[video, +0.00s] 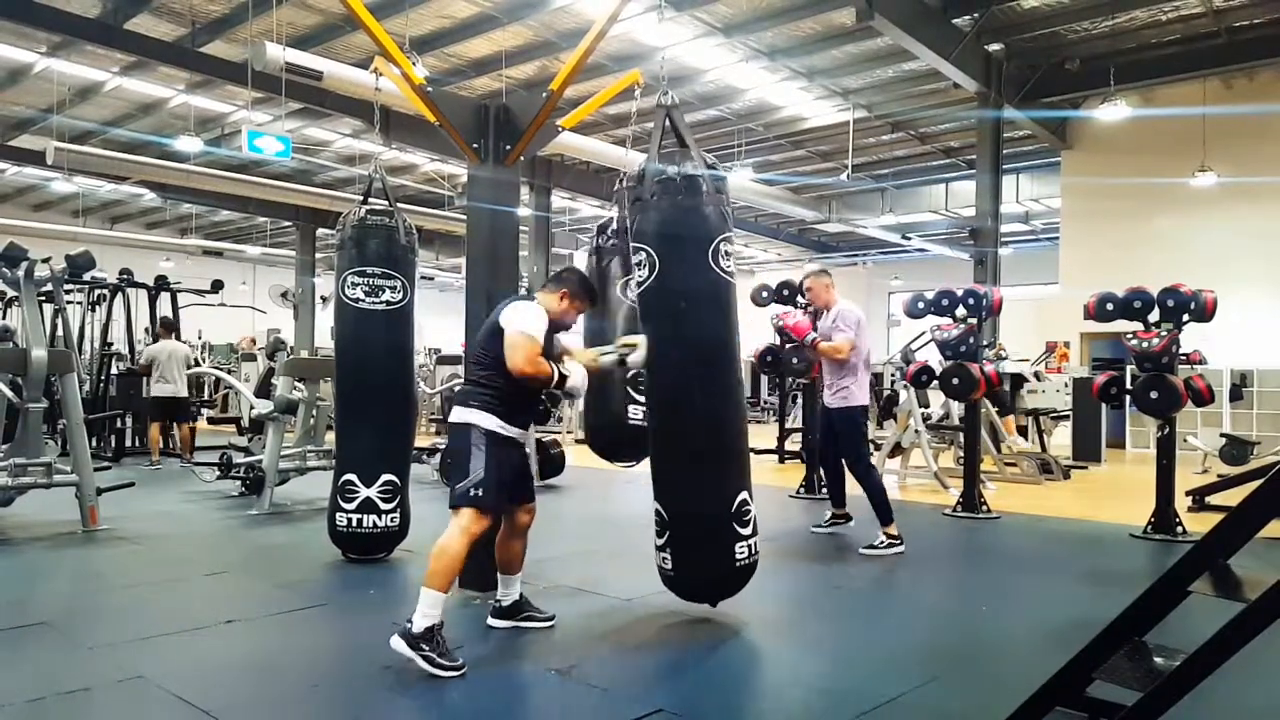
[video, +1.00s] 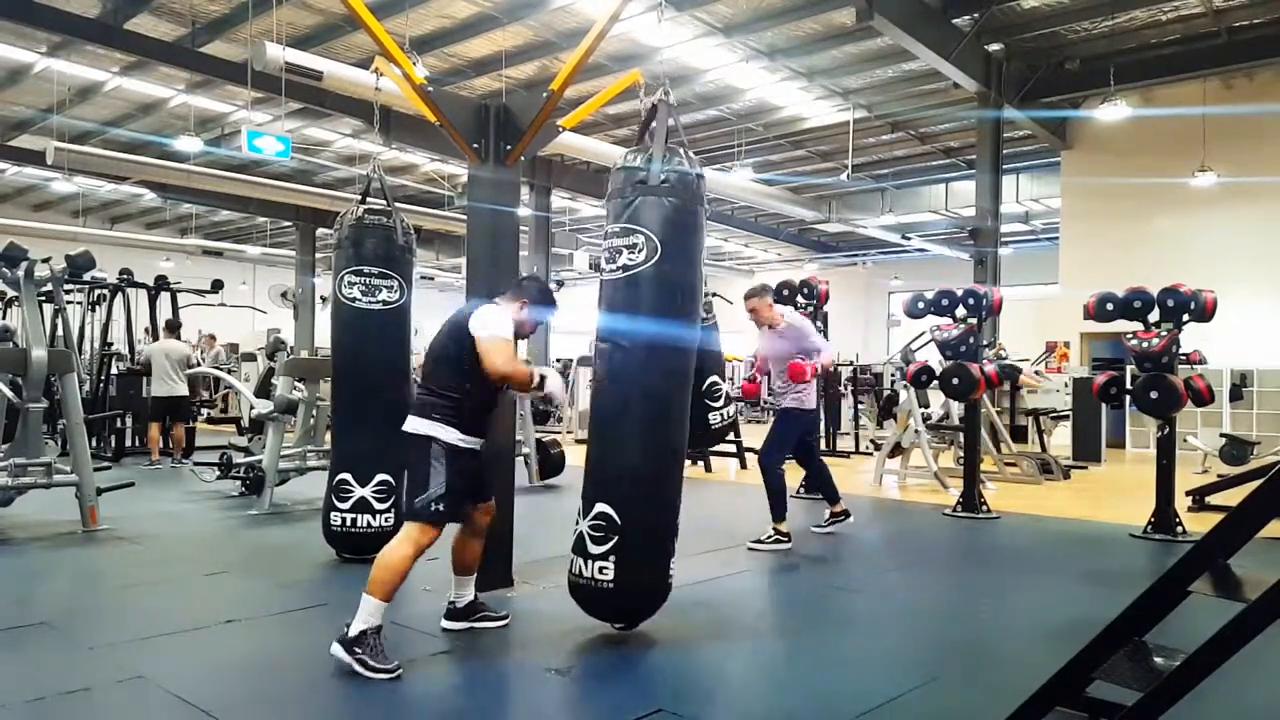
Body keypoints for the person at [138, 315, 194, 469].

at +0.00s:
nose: (158, 331)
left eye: (159, 329)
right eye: (159, 329)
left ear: (160, 330)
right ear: (173, 331)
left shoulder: (152, 349)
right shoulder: (184, 348)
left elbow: (142, 368)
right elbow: (190, 364)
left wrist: (157, 370)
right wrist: (176, 368)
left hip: (159, 393)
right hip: (180, 393)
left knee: (155, 424)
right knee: (183, 425)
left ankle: (155, 459)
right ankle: (186, 457)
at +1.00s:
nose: (165, 332)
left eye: (165, 329)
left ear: (164, 330)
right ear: (178, 331)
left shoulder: (153, 347)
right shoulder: (184, 348)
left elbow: (143, 363)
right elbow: (192, 364)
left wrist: (155, 367)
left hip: (159, 392)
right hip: (180, 391)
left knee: (155, 424)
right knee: (178, 424)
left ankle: (155, 458)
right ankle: (177, 457)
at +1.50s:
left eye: (183, 331)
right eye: (197, 334)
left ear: (183, 331)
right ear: (197, 334)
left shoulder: (169, 348)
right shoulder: (201, 351)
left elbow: (161, 366)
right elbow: (208, 372)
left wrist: (169, 374)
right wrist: (206, 387)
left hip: (173, 391)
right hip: (192, 391)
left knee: (175, 423)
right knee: (187, 424)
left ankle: (178, 454)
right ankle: (178, 456)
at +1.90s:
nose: (191, 335)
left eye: (188, 332)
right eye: (199, 332)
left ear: (187, 333)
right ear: (201, 333)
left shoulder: (178, 351)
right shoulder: (208, 349)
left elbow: (171, 370)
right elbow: (216, 367)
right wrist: (211, 381)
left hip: (187, 392)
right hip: (205, 391)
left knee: (189, 424)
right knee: (206, 423)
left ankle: (193, 451)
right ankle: (189, 445)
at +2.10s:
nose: (199, 335)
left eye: (194, 333)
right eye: (203, 333)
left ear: (191, 333)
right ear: (206, 333)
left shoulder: (182, 352)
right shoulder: (213, 349)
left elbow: (177, 374)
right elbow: (221, 370)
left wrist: (180, 392)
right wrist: (221, 388)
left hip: (190, 393)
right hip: (210, 392)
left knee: (193, 423)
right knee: (216, 423)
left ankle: (195, 452)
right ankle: (212, 448)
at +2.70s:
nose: (214, 337)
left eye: (214, 335)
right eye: (217, 335)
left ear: (215, 335)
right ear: (228, 336)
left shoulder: (206, 350)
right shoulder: (235, 352)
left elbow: (194, 369)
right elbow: (243, 374)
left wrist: (190, 386)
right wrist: (242, 389)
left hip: (211, 393)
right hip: (229, 393)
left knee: (212, 422)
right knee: (228, 422)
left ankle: (212, 447)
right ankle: (225, 449)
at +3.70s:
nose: (199, 345)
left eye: (199, 343)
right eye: (199, 343)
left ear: (202, 341)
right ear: (211, 341)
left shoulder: (199, 351)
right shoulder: (225, 352)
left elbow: (183, 366)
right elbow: (233, 370)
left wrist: (173, 372)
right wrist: (233, 385)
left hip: (206, 391)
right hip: (224, 390)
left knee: (200, 418)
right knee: (223, 419)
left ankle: (199, 446)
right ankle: (220, 446)